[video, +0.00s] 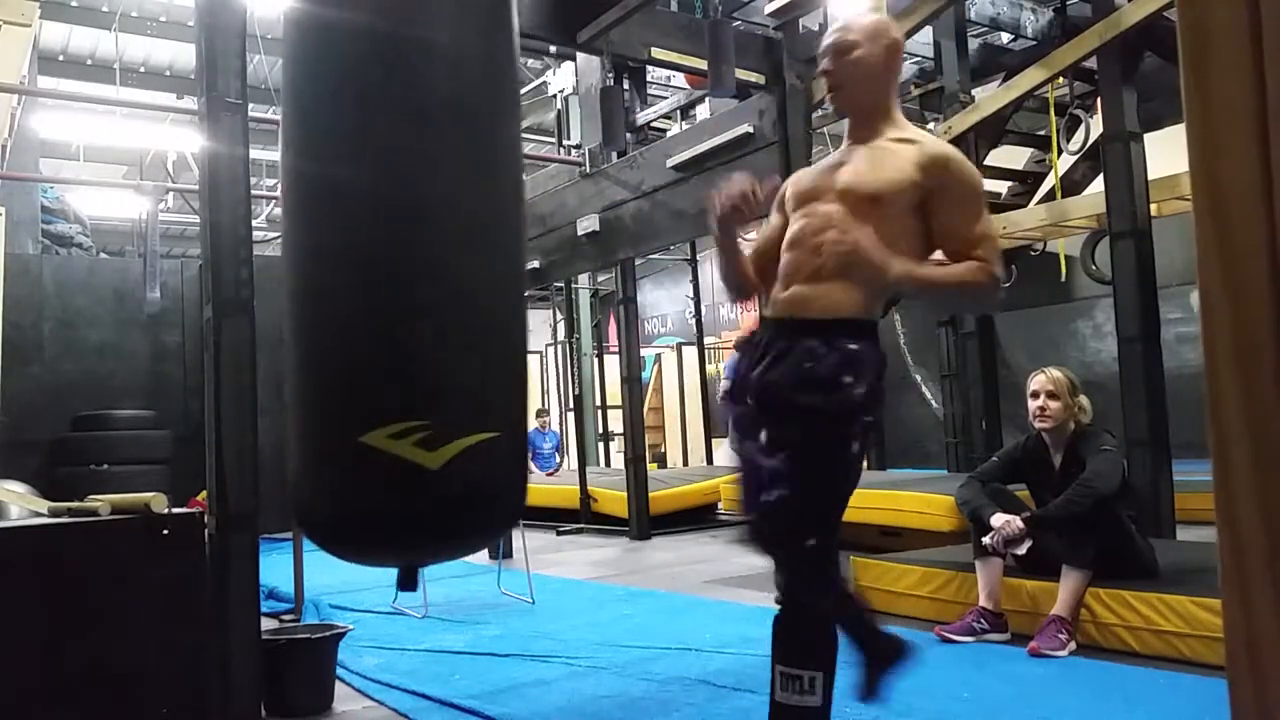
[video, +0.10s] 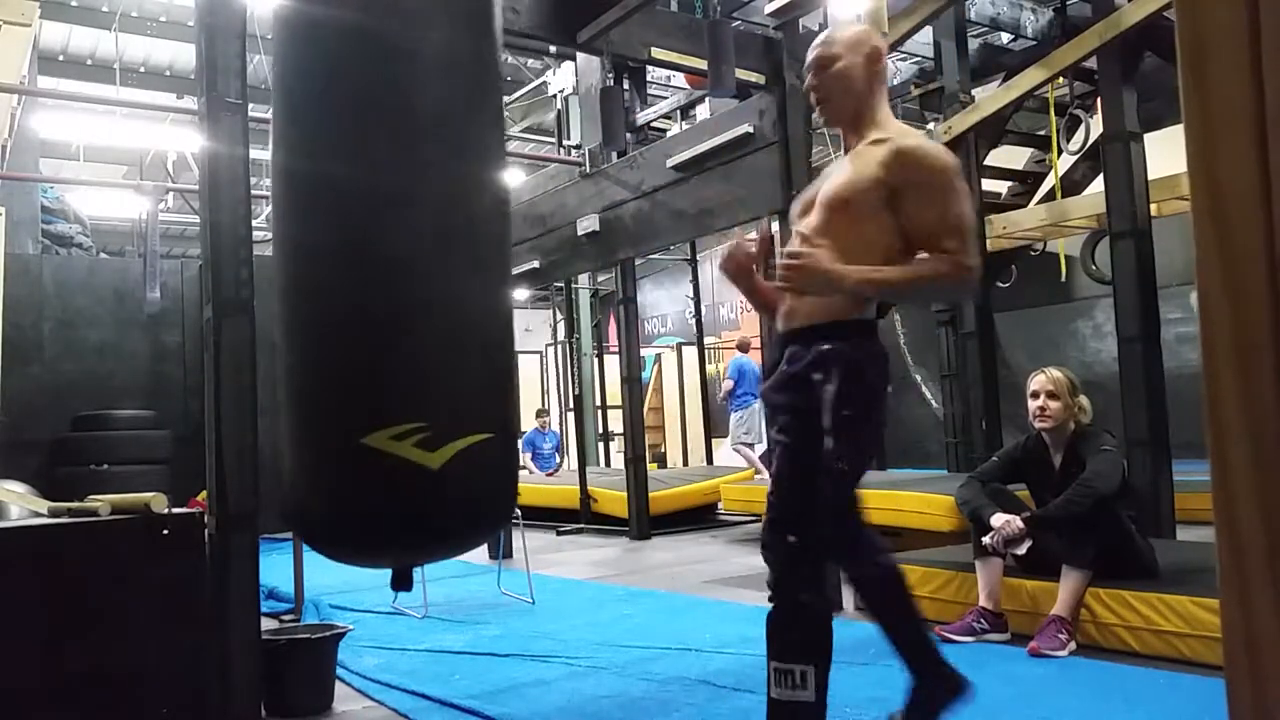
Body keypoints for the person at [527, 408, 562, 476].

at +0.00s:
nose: (544, 420)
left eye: (546, 416)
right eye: (541, 417)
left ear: (549, 418)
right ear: (537, 420)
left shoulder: (555, 435)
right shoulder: (531, 435)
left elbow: (562, 455)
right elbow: (528, 459)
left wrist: (557, 470)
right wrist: (540, 473)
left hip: (553, 471)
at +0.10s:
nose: (545, 420)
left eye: (546, 417)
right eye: (541, 417)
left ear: (549, 418)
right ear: (536, 419)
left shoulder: (555, 435)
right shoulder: (529, 437)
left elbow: (562, 454)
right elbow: (526, 459)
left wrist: (558, 470)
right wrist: (539, 474)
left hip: (553, 472)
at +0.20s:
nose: (545, 420)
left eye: (546, 417)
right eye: (541, 417)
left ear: (549, 418)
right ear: (536, 420)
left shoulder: (555, 435)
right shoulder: (529, 437)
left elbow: (562, 454)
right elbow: (526, 459)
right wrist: (539, 473)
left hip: (554, 473)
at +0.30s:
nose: (545, 420)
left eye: (546, 417)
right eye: (541, 417)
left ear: (549, 418)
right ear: (536, 420)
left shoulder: (555, 435)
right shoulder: (529, 437)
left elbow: (562, 454)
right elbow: (526, 459)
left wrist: (559, 470)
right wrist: (539, 473)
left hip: (554, 473)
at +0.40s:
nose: (545, 420)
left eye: (546, 417)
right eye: (541, 417)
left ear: (549, 418)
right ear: (536, 420)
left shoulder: (555, 435)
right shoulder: (529, 437)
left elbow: (562, 454)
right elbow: (526, 459)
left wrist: (559, 470)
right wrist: (539, 473)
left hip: (554, 473)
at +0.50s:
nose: (545, 420)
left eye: (546, 417)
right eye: (541, 418)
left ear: (549, 418)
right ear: (536, 420)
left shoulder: (555, 435)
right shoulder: (529, 437)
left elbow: (562, 454)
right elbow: (526, 459)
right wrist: (539, 473)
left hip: (554, 473)